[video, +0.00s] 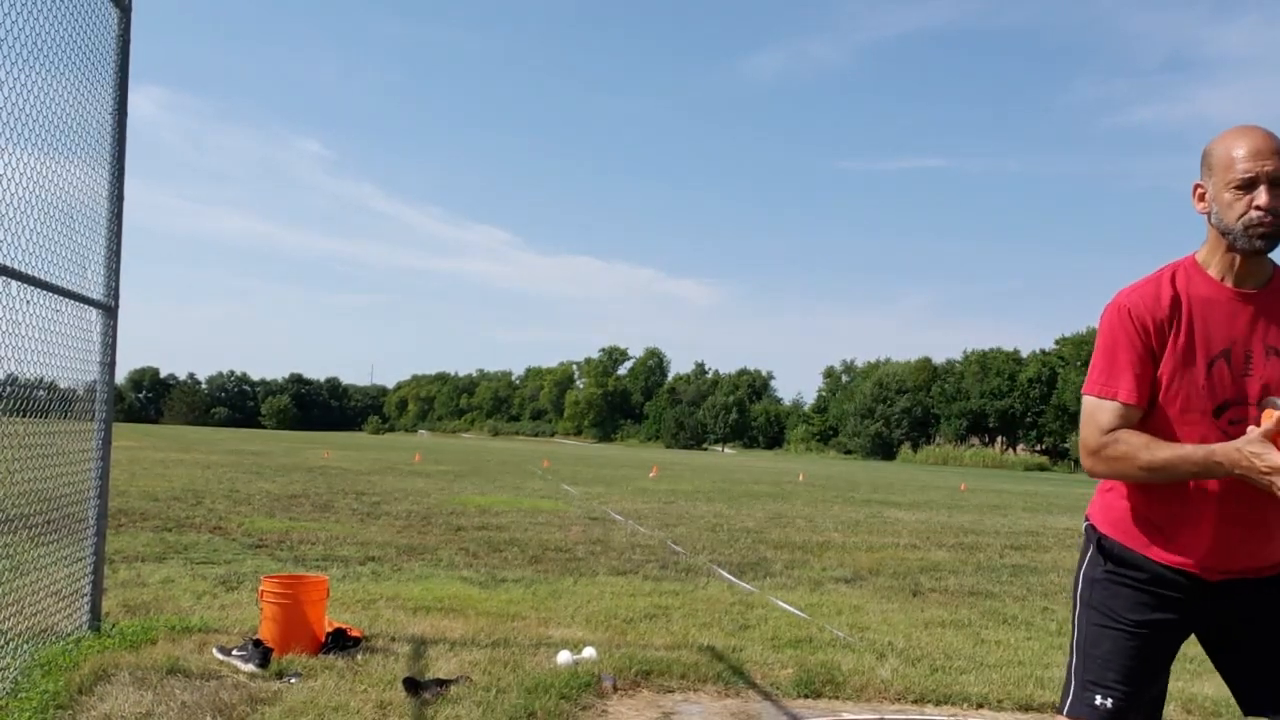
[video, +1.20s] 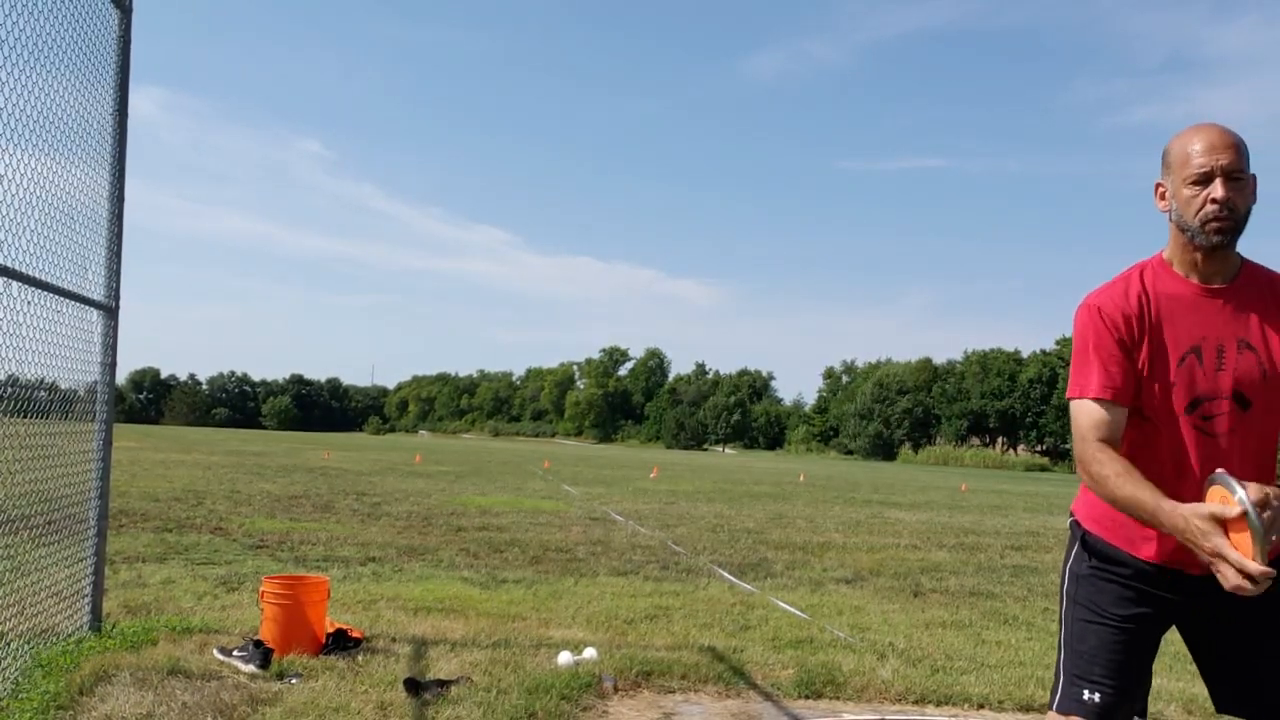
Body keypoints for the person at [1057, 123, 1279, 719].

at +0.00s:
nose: (1266, 201)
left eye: (1276, 184)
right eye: (1246, 185)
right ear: (1204, 199)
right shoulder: (1142, 309)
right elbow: (1098, 447)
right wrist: (1228, 459)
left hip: (1260, 577)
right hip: (1138, 569)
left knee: (1277, 705)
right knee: (1101, 712)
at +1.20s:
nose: (1220, 193)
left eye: (1233, 177)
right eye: (1201, 179)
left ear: (1253, 190)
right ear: (1164, 197)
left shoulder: (1276, 301)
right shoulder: (1114, 309)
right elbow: (1092, 452)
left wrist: (1275, 498)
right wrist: (1176, 520)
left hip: (1247, 570)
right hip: (1120, 563)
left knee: (1268, 705)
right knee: (1086, 711)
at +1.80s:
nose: (1227, 183)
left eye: (1241, 170)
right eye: (1209, 170)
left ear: (1259, 187)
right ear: (1172, 187)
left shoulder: (1275, 299)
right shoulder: (1122, 303)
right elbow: (1088, 449)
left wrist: (1270, 426)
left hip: (1256, 568)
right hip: (1134, 562)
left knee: (1269, 706)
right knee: (1099, 711)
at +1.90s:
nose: (1224, 174)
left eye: (1238, 164)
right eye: (1206, 163)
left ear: (1255, 183)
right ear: (1169, 183)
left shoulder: (1270, 282)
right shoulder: (1120, 290)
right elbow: (1118, 421)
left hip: (1260, 566)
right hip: (1138, 559)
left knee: (1274, 705)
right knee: (1097, 712)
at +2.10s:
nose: (1221, 166)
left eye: (1232, 158)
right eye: (1201, 158)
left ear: (1246, 183)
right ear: (1163, 186)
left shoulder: (1269, 293)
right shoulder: (1123, 295)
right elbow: (1127, 417)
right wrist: (1210, 322)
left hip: (1259, 567)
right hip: (1137, 561)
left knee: (1277, 703)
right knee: (1106, 711)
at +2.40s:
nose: (1229, 178)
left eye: (1238, 167)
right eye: (1209, 167)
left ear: (1250, 184)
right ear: (1164, 189)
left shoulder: (1266, 295)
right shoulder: (1125, 296)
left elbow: (1274, 450)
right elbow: (1178, 396)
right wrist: (1270, 307)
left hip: (1246, 559)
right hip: (1133, 558)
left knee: (1273, 701)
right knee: (1106, 711)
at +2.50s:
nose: (1244, 195)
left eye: (1255, 181)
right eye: (1225, 180)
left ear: (1266, 193)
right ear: (1179, 195)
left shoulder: (1273, 304)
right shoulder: (1137, 308)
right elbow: (1175, 435)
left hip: (1248, 560)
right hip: (1134, 559)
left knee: (1275, 702)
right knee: (1103, 712)